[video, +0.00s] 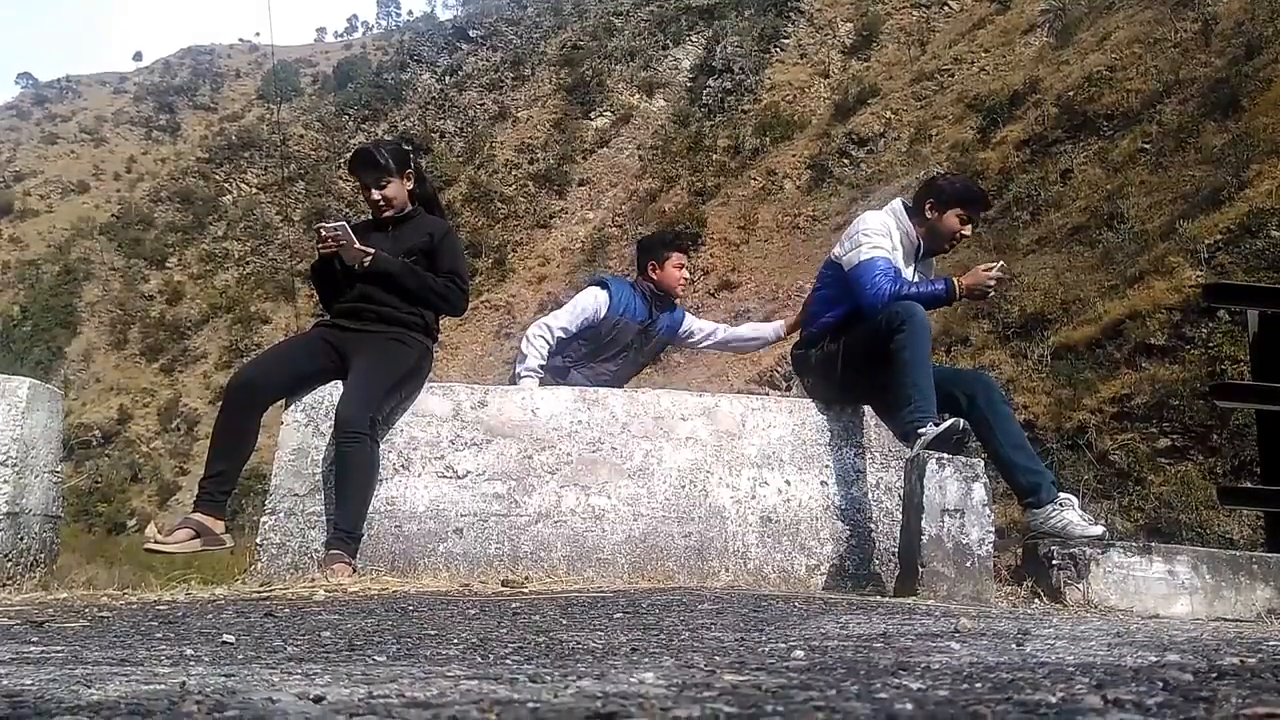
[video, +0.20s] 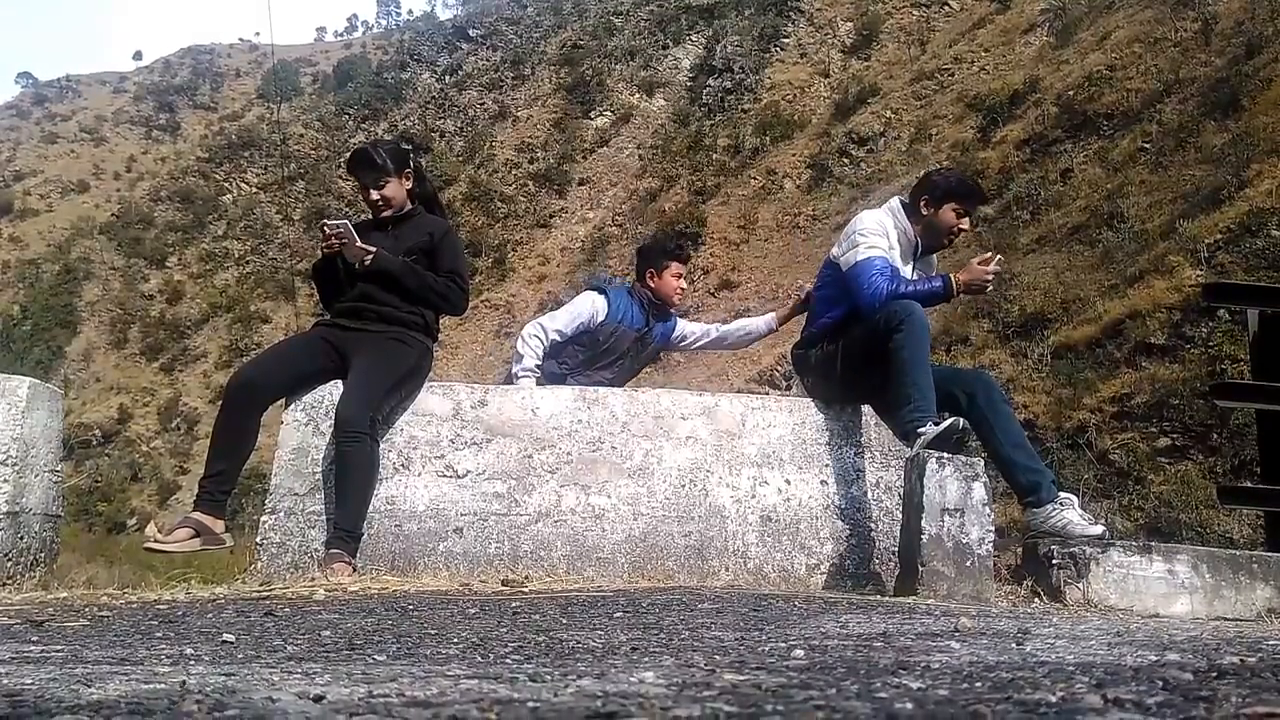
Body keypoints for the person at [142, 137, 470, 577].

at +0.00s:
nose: (375, 196)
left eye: (383, 184)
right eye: (367, 188)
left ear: (409, 178)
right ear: (360, 187)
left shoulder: (435, 229)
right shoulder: (356, 228)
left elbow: (455, 299)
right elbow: (333, 299)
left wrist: (377, 260)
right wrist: (327, 259)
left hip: (397, 341)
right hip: (336, 333)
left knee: (353, 420)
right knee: (248, 385)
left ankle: (341, 557)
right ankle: (208, 518)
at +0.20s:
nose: (374, 196)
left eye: (382, 185)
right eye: (365, 188)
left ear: (408, 177)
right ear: (359, 187)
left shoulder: (436, 229)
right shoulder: (356, 227)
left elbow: (456, 298)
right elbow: (334, 299)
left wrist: (379, 259)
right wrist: (330, 257)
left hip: (397, 341)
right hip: (336, 333)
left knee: (353, 420)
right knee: (247, 384)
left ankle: (340, 556)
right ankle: (208, 518)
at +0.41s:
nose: (374, 197)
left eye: (381, 186)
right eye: (366, 189)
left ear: (408, 177)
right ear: (360, 189)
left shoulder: (436, 231)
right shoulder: (358, 227)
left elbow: (456, 299)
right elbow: (333, 299)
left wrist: (382, 259)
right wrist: (334, 254)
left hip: (397, 342)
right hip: (337, 334)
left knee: (353, 419)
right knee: (247, 385)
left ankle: (341, 555)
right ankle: (208, 519)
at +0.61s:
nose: (375, 197)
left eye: (383, 185)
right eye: (366, 189)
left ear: (408, 178)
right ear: (360, 190)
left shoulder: (437, 231)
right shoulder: (358, 228)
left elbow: (456, 299)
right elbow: (334, 300)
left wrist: (382, 259)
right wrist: (333, 256)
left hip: (397, 342)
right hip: (337, 334)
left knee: (353, 419)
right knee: (247, 385)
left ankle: (341, 556)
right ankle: (208, 519)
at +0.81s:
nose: (375, 197)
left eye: (383, 186)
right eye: (367, 190)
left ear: (409, 179)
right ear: (361, 190)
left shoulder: (437, 231)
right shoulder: (359, 228)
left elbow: (456, 299)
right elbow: (334, 299)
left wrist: (381, 259)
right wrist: (333, 256)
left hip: (397, 343)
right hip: (337, 334)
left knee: (353, 420)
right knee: (247, 386)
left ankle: (341, 556)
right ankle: (208, 519)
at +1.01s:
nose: (375, 198)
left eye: (384, 186)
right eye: (367, 190)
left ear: (409, 179)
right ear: (362, 191)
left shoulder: (436, 230)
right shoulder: (358, 228)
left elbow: (457, 299)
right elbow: (334, 300)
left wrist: (380, 259)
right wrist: (333, 255)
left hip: (397, 343)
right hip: (337, 335)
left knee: (353, 421)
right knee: (247, 387)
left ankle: (341, 557)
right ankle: (208, 519)